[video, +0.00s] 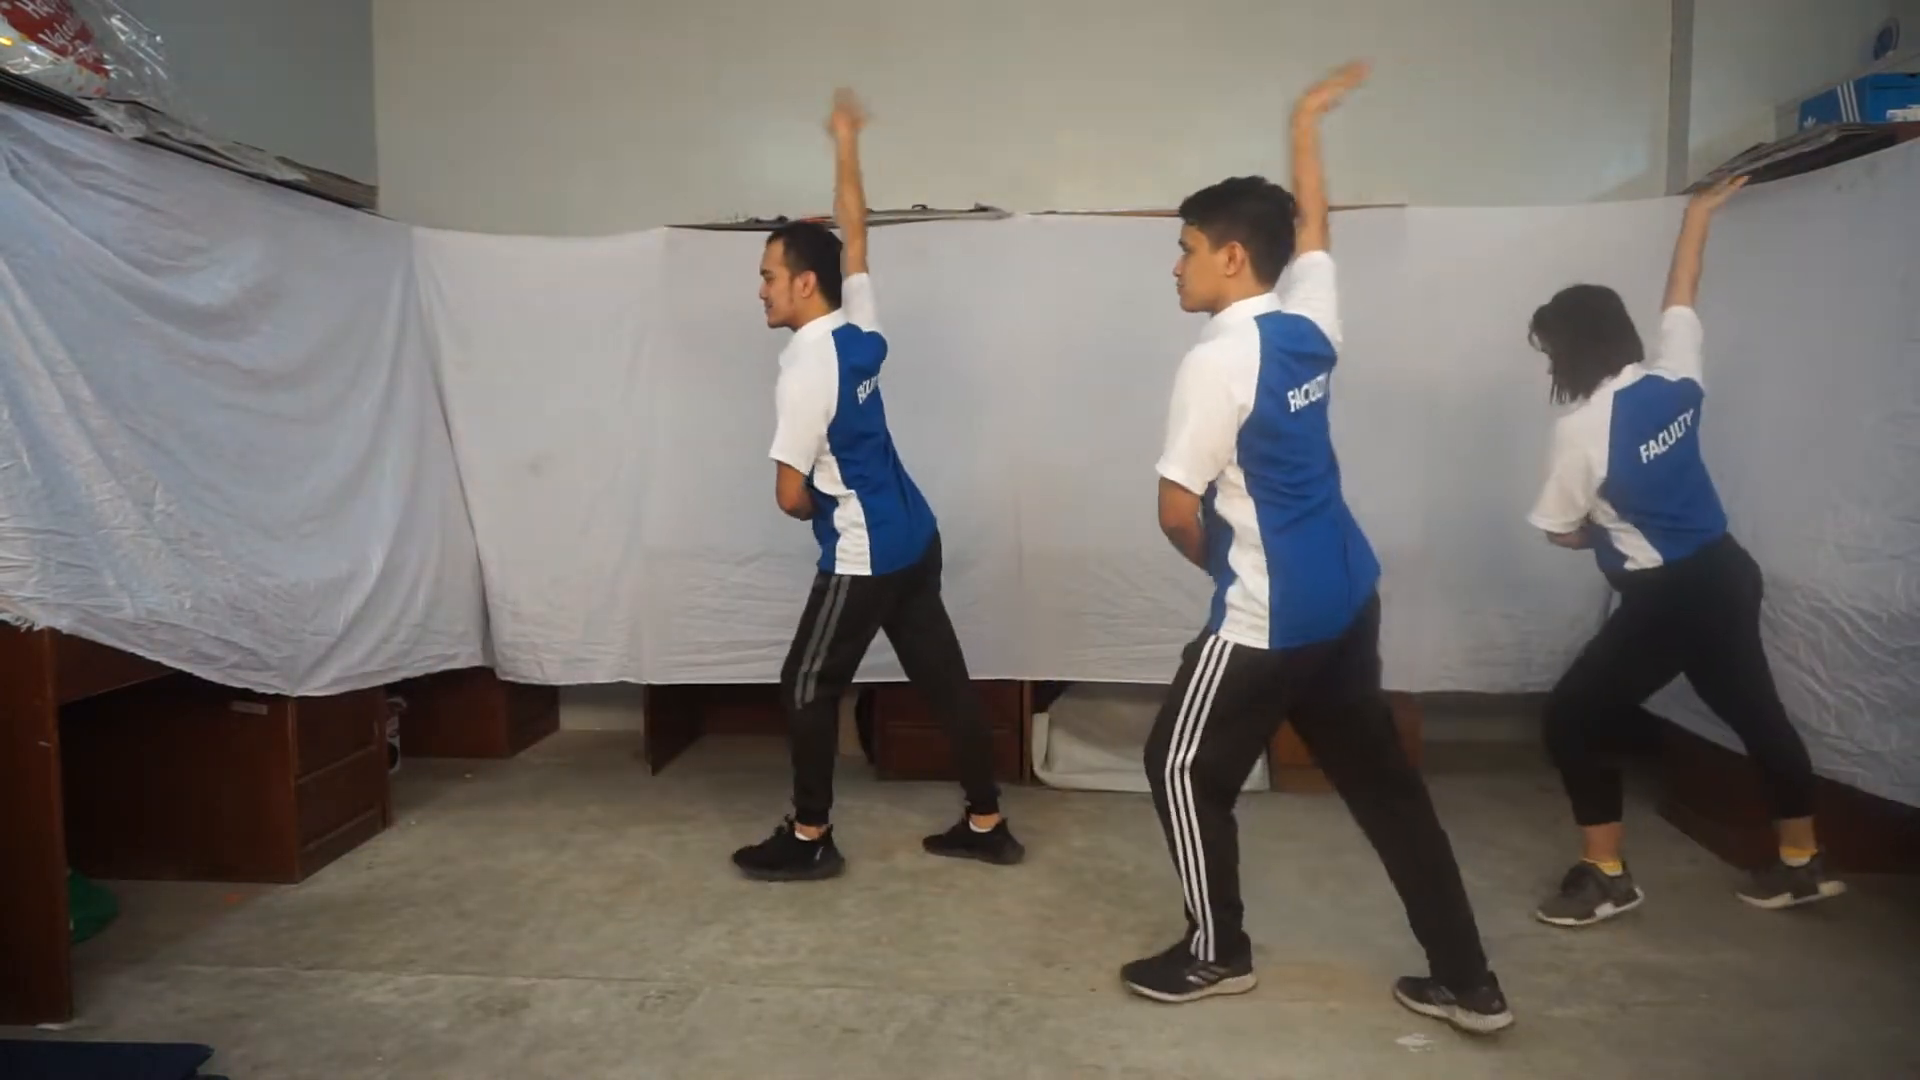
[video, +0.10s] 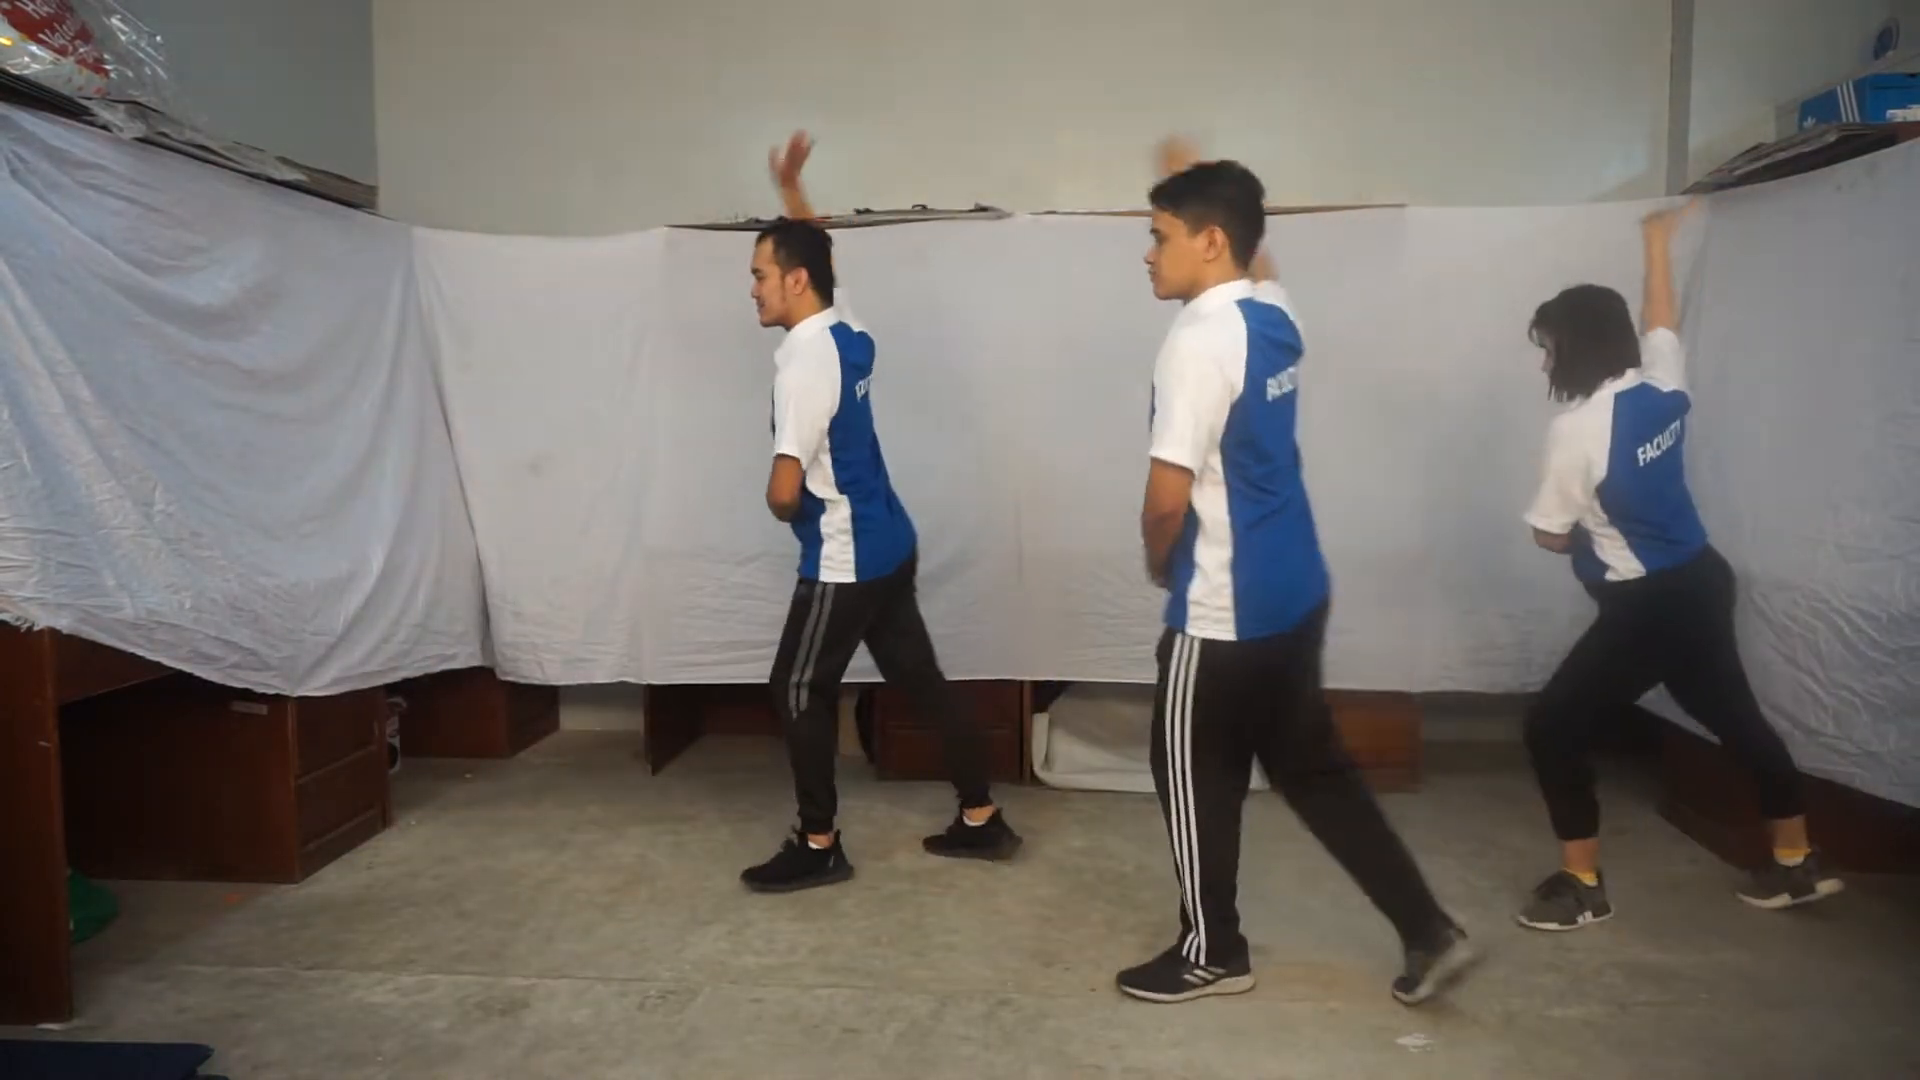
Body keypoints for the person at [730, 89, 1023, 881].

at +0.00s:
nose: (763, 291)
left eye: (771, 279)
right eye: (764, 278)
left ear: (810, 285)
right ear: (821, 283)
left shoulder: (806, 363)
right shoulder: (858, 326)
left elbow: (790, 496)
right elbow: (854, 233)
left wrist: (836, 505)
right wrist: (846, 145)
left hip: (861, 553)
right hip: (912, 538)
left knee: (808, 687)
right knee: (948, 685)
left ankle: (809, 836)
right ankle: (985, 822)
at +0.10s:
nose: (754, 293)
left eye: (761, 281)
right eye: (755, 280)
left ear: (799, 281)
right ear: (810, 279)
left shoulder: (803, 350)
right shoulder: (845, 331)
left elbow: (784, 492)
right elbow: (815, 258)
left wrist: (789, 509)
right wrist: (791, 185)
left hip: (842, 555)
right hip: (886, 540)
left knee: (799, 695)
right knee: (923, 682)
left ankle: (818, 843)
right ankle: (981, 818)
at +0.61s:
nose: (641, 259)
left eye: (659, 248)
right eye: (635, 247)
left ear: (693, 261)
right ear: (629, 256)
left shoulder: (694, 340)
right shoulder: (646, 336)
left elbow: (700, 459)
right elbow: (645, 433)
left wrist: (639, 522)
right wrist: (613, 483)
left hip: (700, 558)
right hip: (650, 553)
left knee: (714, 697)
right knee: (651, 694)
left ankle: (793, 824)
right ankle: (655, 825)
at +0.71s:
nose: (620, 253)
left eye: (637, 242)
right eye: (610, 240)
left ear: (664, 256)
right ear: (597, 250)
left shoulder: (675, 338)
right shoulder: (601, 341)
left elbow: (693, 450)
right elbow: (601, 433)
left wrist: (616, 518)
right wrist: (565, 477)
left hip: (664, 557)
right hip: (609, 552)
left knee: (656, 694)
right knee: (620, 692)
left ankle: (700, 831)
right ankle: (647, 822)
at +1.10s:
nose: (529, 263)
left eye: (540, 251)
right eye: (512, 251)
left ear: (551, 262)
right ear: (485, 261)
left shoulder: (571, 343)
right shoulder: (447, 350)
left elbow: (612, 384)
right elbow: (429, 458)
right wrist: (510, 512)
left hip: (569, 555)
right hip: (486, 558)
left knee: (577, 691)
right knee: (476, 702)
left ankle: (600, 822)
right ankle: (468, 832)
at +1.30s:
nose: (505, 261)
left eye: (512, 247)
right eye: (487, 249)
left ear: (521, 256)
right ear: (454, 261)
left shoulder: (538, 329)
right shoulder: (425, 350)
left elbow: (592, 254)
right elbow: (411, 465)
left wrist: (582, 154)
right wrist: (509, 516)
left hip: (535, 552)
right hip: (467, 558)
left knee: (517, 696)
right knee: (471, 701)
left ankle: (465, 767)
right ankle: (468, 826)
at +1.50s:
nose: (504, 267)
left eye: (509, 255)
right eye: (489, 257)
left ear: (511, 262)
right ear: (453, 268)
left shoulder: (496, 322)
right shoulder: (448, 352)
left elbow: (503, 232)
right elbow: (459, 469)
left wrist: (505, 150)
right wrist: (541, 497)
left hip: (508, 536)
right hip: (460, 545)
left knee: (477, 672)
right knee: (470, 687)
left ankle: (450, 776)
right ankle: (469, 825)